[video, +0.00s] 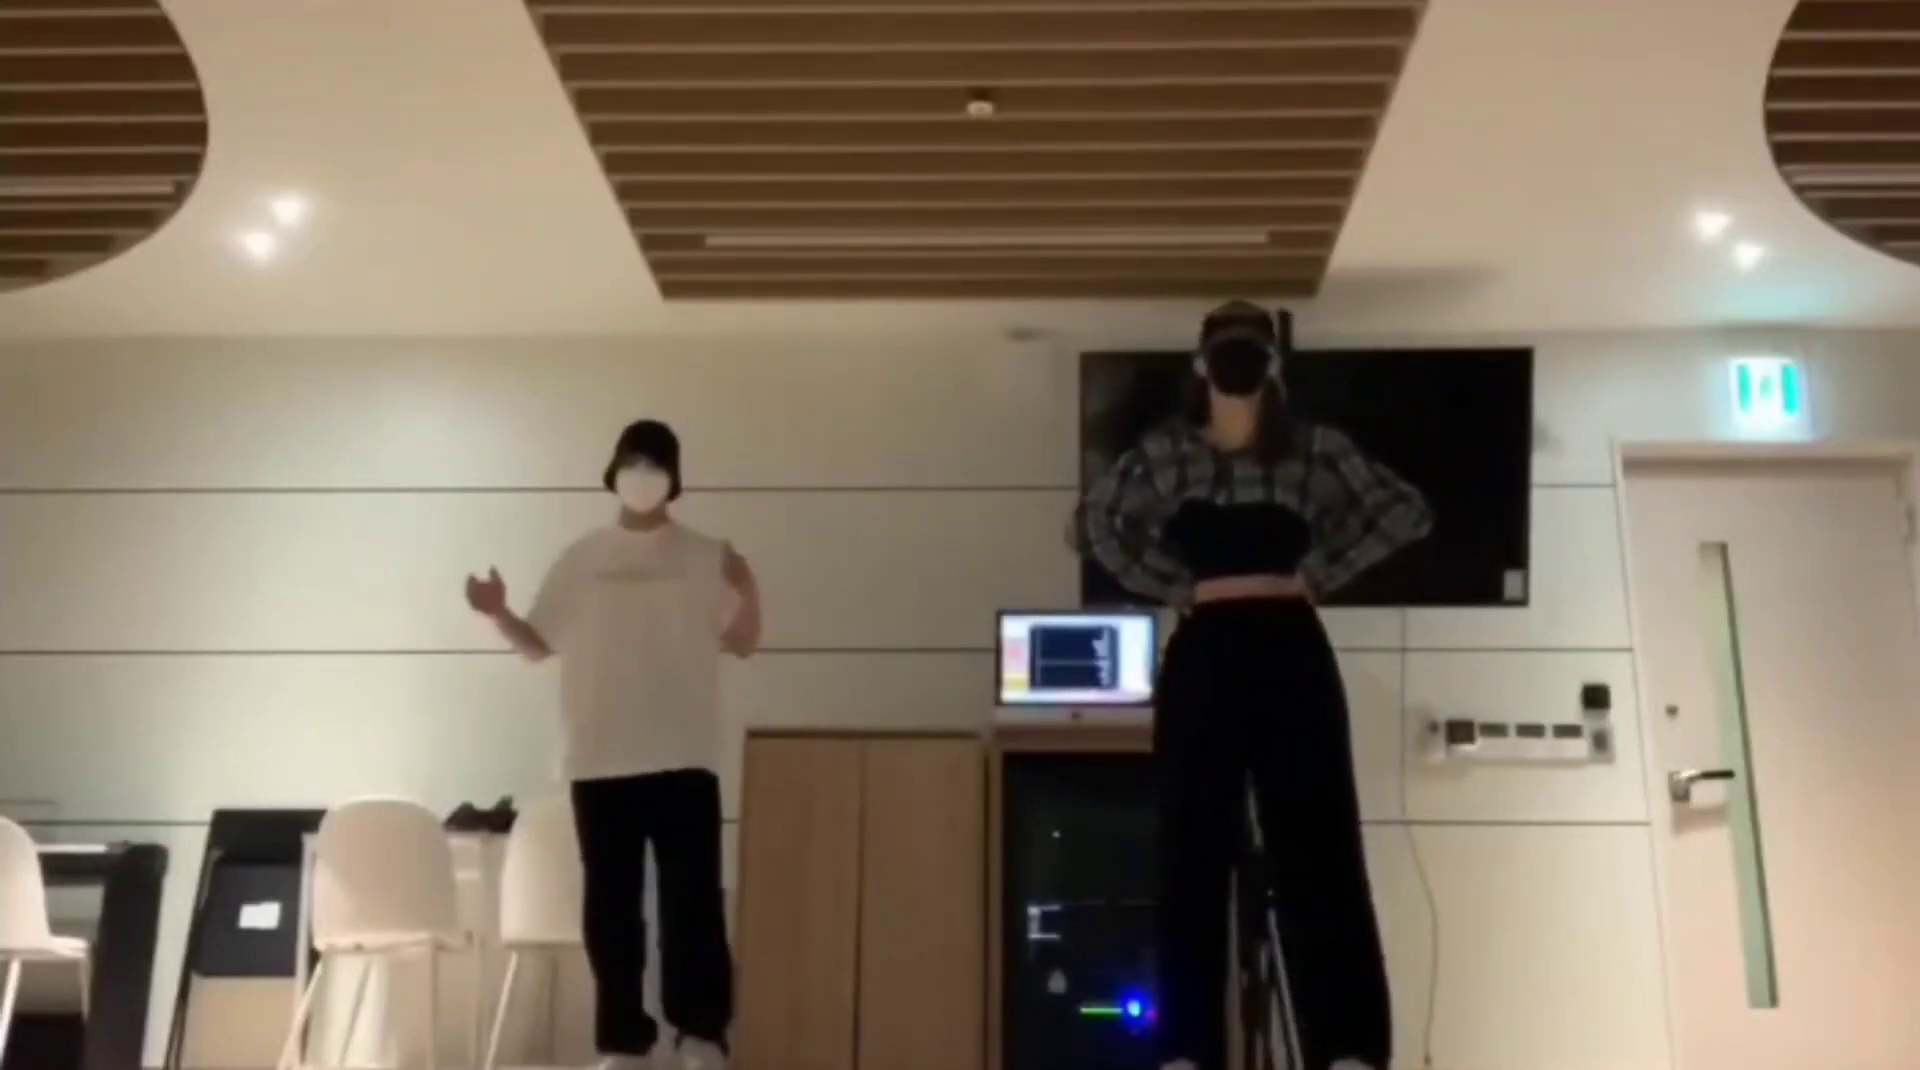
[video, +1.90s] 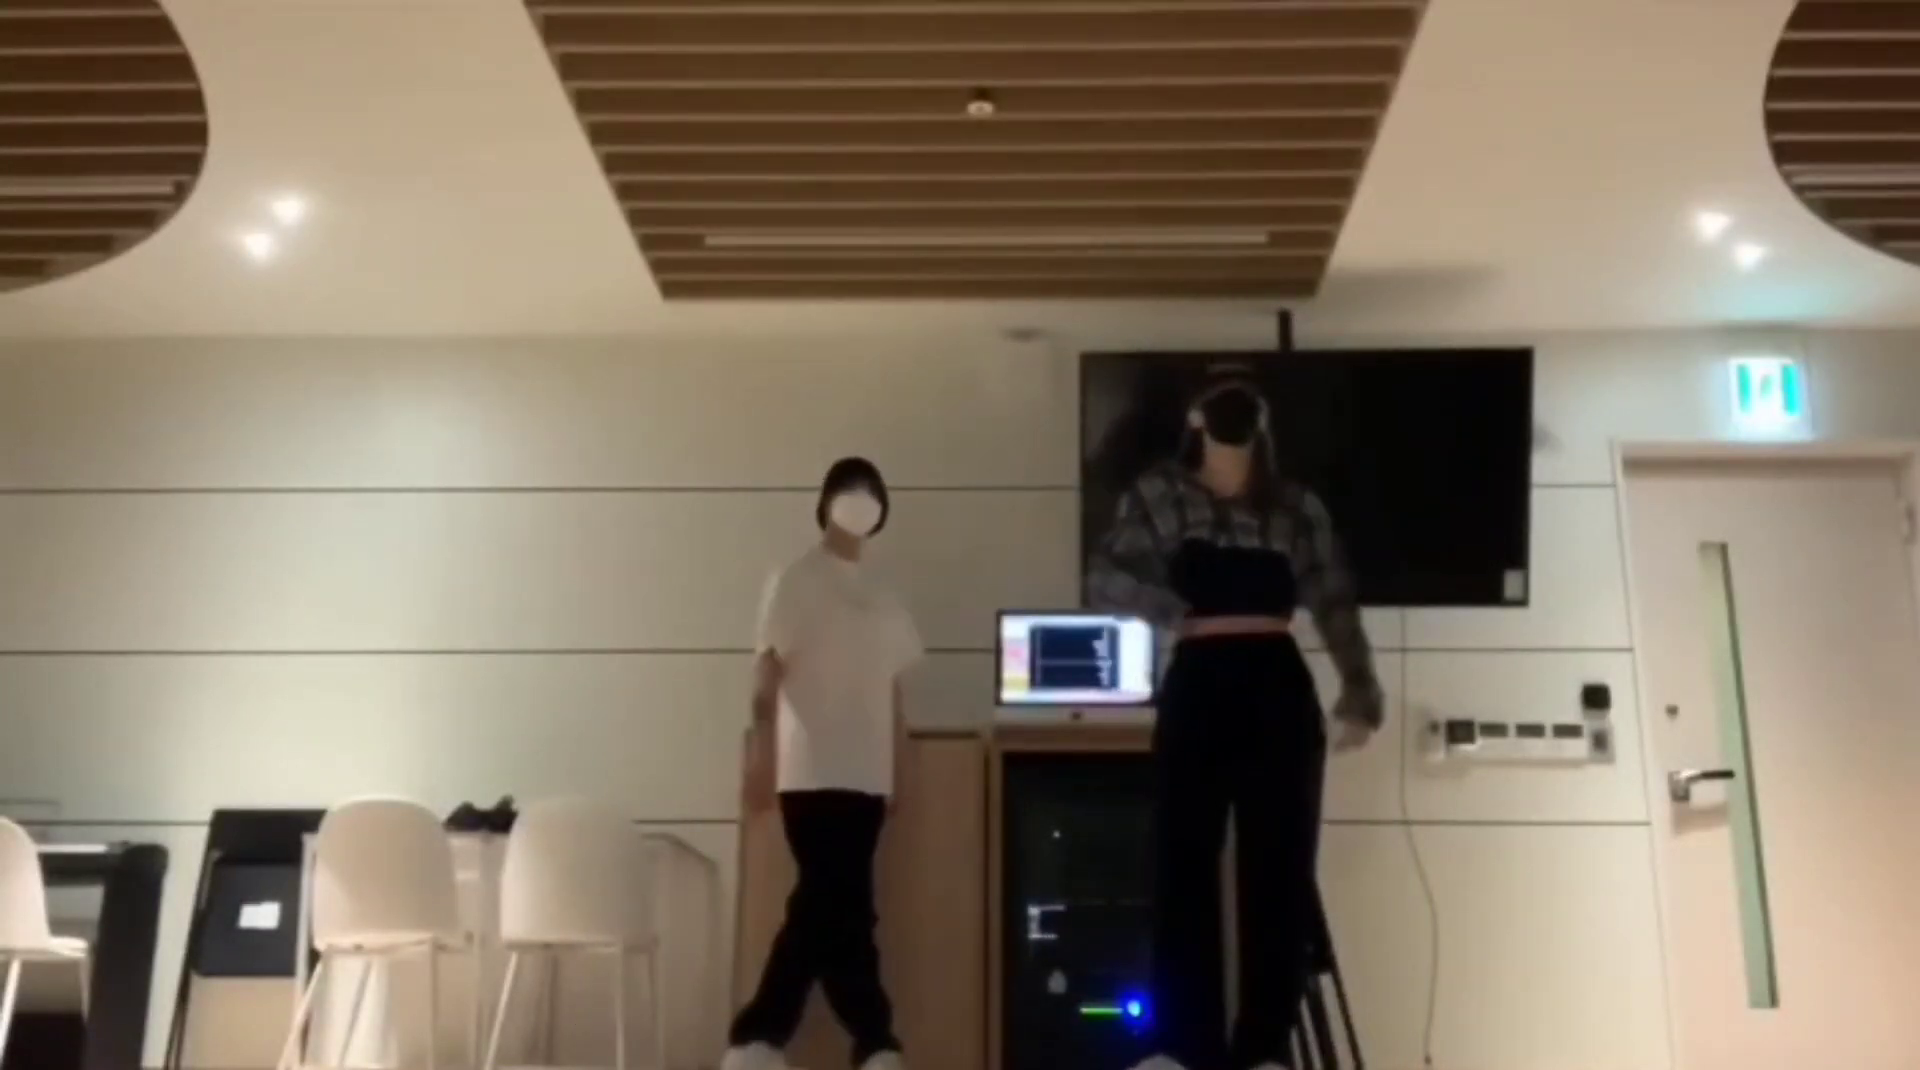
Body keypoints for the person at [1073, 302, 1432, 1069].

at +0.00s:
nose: (1239, 358)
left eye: (1253, 345)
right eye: (1225, 344)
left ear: (1276, 362)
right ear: (1200, 361)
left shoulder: (1316, 449)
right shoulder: (1167, 451)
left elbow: (1406, 512)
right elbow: (1097, 523)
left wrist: (1322, 572)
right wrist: (1170, 587)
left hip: (1290, 654)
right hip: (1203, 657)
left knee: (1315, 847)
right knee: (1195, 851)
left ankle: (1346, 1046)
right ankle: (1189, 1045)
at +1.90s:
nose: (1235, 423)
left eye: (1245, 413)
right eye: (1222, 413)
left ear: (1264, 425)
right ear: (1196, 424)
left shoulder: (1295, 507)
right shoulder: (1162, 496)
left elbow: (1334, 604)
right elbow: (1103, 576)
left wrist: (1360, 689)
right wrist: (1162, 604)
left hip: (1280, 693)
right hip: (1198, 692)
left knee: (1279, 871)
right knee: (1187, 866)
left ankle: (1266, 1039)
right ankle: (1190, 1038)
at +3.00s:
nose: (1218, 426)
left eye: (1230, 414)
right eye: (1202, 416)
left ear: (1250, 432)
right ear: (1179, 433)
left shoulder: (1286, 521)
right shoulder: (1146, 517)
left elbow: (1312, 626)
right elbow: (1112, 600)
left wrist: (1322, 722)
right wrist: (1176, 583)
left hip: (1260, 702)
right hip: (1184, 703)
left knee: (1268, 867)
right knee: (1192, 869)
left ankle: (1263, 1040)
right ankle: (1203, 1039)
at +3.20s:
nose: (1211, 434)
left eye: (1223, 423)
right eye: (1196, 425)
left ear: (1242, 440)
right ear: (1173, 441)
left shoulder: (1278, 524)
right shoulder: (1141, 523)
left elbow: (1300, 623)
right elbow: (1106, 606)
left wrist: (1310, 713)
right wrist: (1159, 635)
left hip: (1257, 710)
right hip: (1182, 711)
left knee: (1265, 872)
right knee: (1186, 874)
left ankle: (1261, 1038)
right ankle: (1200, 1037)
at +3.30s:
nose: (1208, 437)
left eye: (1221, 425)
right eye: (1194, 427)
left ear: (1241, 442)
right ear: (1172, 443)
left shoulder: (1277, 525)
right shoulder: (1137, 526)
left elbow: (1297, 626)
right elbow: (1109, 623)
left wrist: (1298, 712)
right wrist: (1138, 708)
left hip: (1255, 708)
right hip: (1180, 709)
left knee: (1262, 875)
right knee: (1186, 876)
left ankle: (1261, 1039)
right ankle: (1199, 1038)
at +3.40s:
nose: (1207, 438)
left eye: (1219, 427)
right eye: (1193, 428)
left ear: (1238, 444)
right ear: (1169, 443)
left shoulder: (1272, 525)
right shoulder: (1136, 530)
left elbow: (1291, 626)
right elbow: (1119, 632)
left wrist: (1295, 717)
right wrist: (1118, 717)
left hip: (1250, 711)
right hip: (1176, 712)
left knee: (1262, 876)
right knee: (1184, 877)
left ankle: (1260, 1039)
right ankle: (1201, 1038)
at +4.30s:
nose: (1194, 419)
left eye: (1204, 411)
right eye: (1183, 409)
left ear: (1223, 421)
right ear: (1162, 420)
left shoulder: (1264, 494)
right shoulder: (1126, 493)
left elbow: (1290, 596)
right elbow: (1107, 587)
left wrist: (1308, 693)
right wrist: (1129, 673)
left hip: (1242, 685)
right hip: (1162, 686)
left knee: (1249, 859)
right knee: (1129, 846)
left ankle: (1242, 1042)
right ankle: (1117, 1025)